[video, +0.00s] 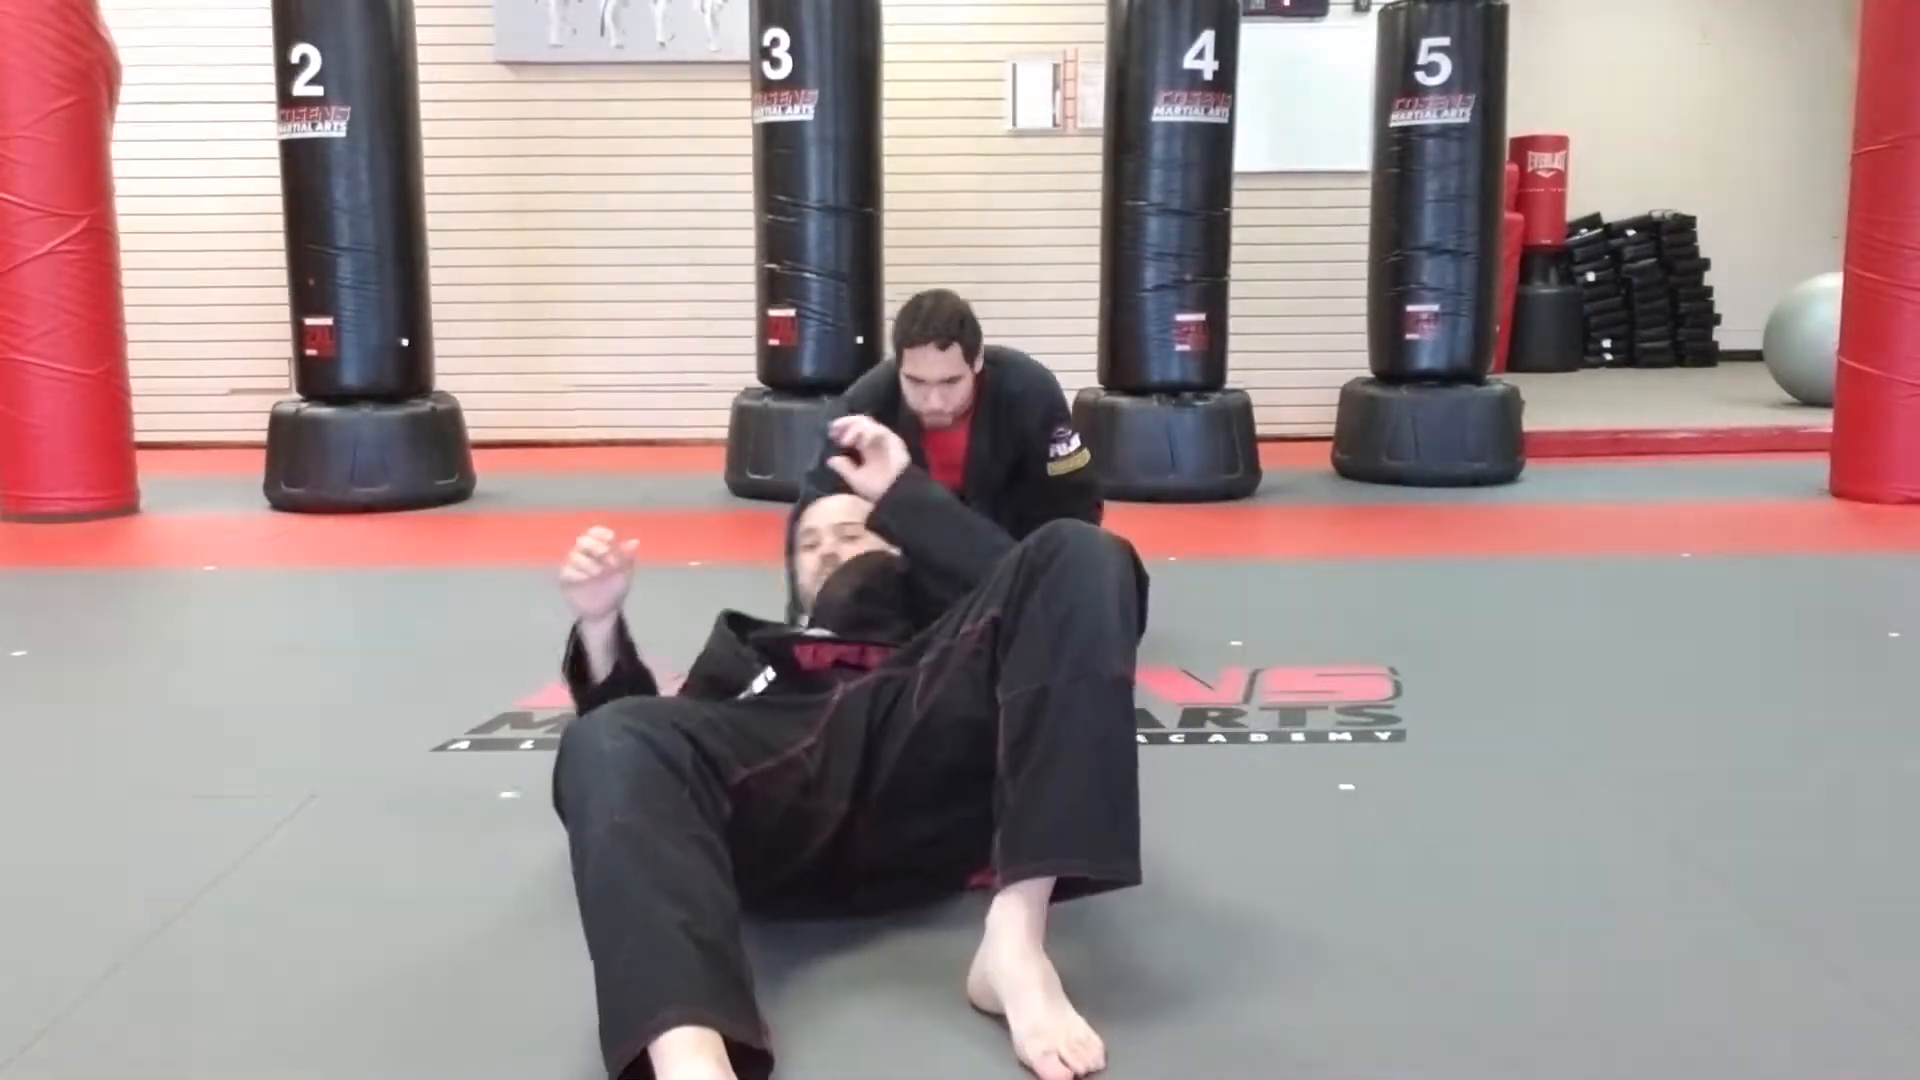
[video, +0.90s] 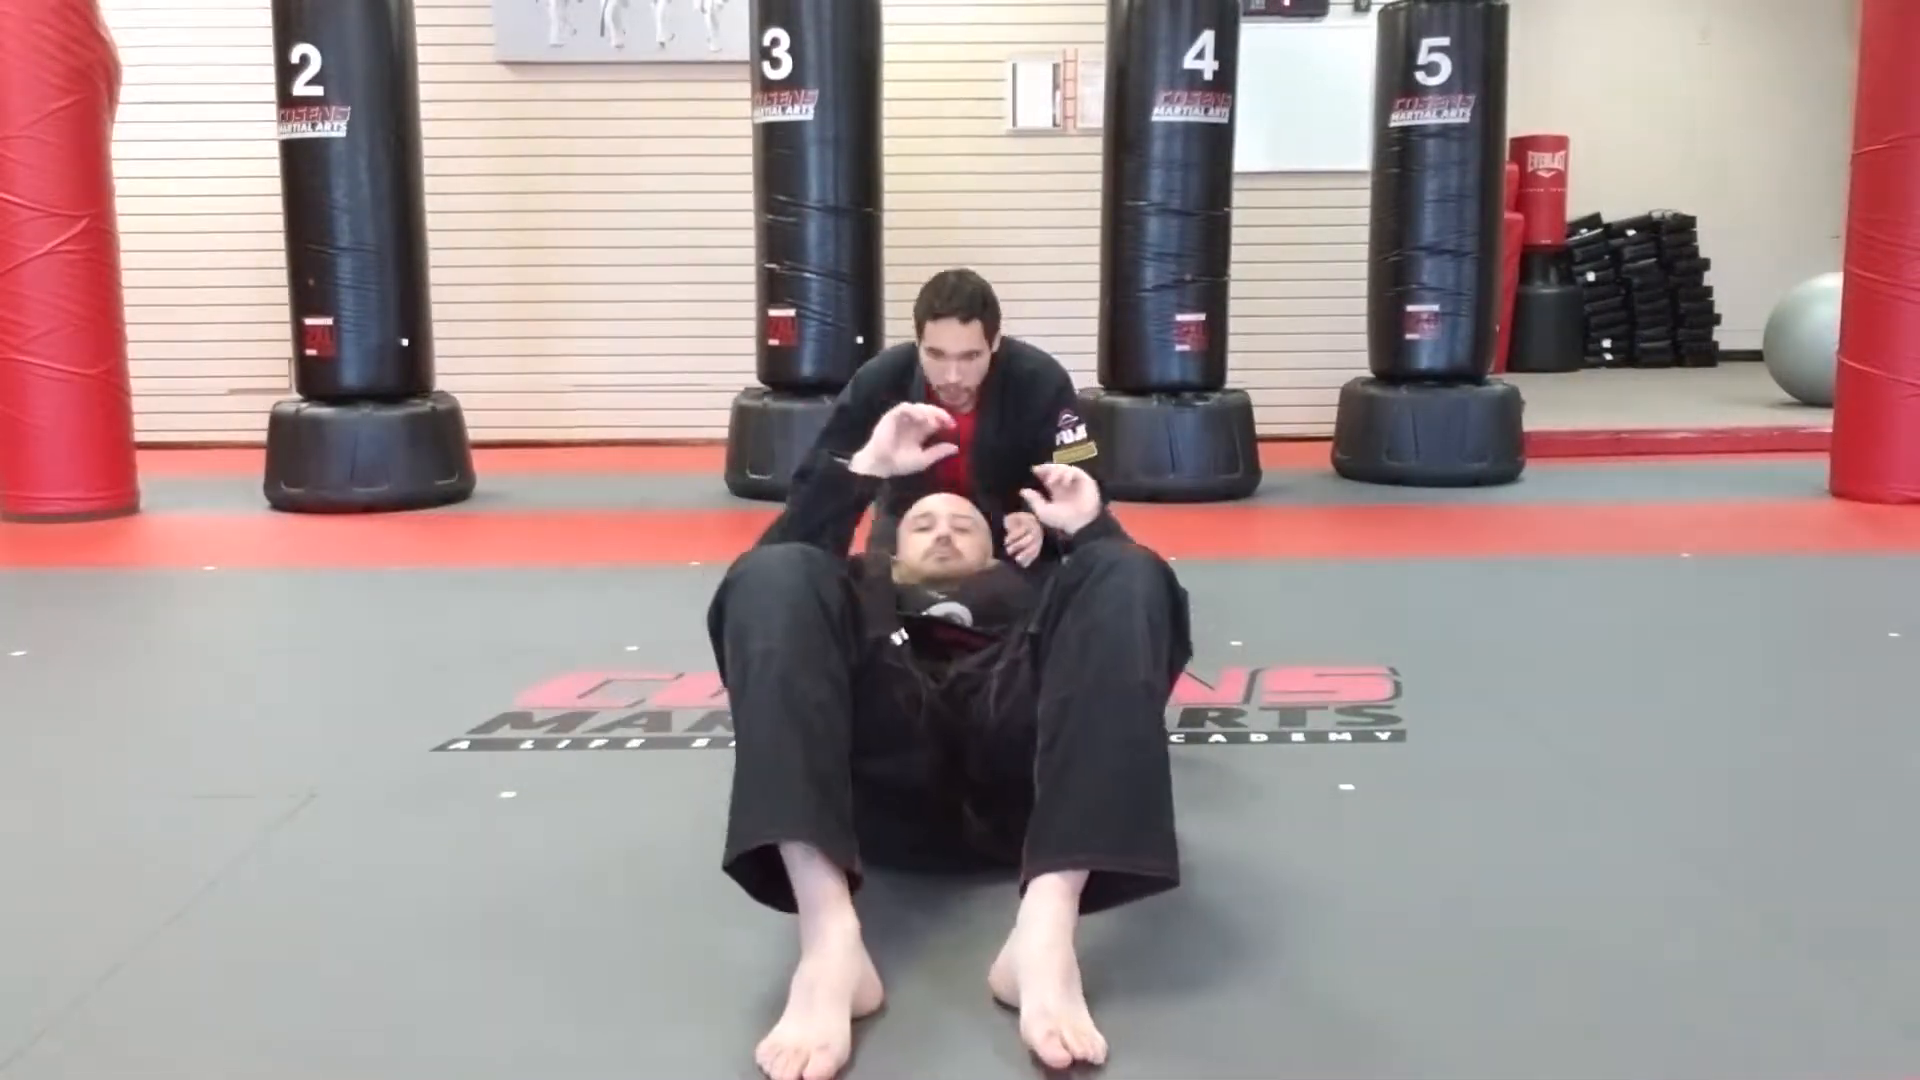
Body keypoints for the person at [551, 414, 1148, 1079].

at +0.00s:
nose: (834, 545)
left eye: (856, 531)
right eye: (812, 542)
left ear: (901, 548)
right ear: (793, 580)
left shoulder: (953, 642)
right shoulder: (747, 654)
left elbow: (1035, 580)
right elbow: (637, 740)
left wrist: (906, 494)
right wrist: (601, 625)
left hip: (933, 757)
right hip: (765, 765)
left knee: (1083, 556)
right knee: (612, 743)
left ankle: (1017, 936)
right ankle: (689, 1056)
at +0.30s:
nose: (743, 567)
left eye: (755, 549)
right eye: (722, 572)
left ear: (799, 555)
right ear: (716, 611)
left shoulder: (873, 571)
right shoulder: (719, 673)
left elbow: (998, 531)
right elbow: (654, 772)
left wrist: (846, 476)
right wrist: (574, 625)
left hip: (963, 698)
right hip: (832, 749)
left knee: (1061, 549)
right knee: (697, 793)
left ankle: (1017, 932)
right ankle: (699, 1057)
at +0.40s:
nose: (747, 567)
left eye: (760, 550)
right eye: (725, 572)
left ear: (803, 555)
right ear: (717, 611)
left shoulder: (880, 569)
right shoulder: (727, 668)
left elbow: (1006, 525)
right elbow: (656, 754)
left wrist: (868, 472)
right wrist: (597, 594)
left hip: (990, 683)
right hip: (858, 733)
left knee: (1058, 549)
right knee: (744, 801)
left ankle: (1021, 929)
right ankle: (722, 1053)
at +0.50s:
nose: (768, 563)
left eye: (781, 550)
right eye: (745, 567)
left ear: (819, 559)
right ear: (732, 606)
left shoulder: (902, 579)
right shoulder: (741, 653)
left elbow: (1038, 542)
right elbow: (662, 716)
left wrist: (906, 479)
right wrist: (646, 552)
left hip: (1006, 731)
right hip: (874, 775)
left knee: (1074, 557)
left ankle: (1026, 936)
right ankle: (769, 1012)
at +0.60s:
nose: (803, 557)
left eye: (822, 541)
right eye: (780, 555)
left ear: (866, 555)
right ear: (775, 582)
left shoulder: (944, 596)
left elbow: (1072, 574)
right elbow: (680, 675)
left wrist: (957, 494)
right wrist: (708, 505)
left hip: (1008, 765)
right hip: (859, 773)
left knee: (1102, 567)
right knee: (754, 606)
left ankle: (1028, 937)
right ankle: (805, 960)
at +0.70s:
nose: (853, 546)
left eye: (870, 533)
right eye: (832, 542)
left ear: (906, 554)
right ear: (820, 574)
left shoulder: (994, 606)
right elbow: (708, 638)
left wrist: (1007, 508)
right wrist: (770, 480)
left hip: (1023, 767)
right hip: (876, 772)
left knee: (1128, 575)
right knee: (764, 568)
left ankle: (1035, 932)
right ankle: (823, 930)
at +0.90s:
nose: (944, 531)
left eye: (967, 525)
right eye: (922, 525)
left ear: (1000, 555)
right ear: (888, 556)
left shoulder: (1045, 599)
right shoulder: (856, 596)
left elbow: (1161, 647)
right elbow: (764, 586)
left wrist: (1088, 530)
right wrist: (865, 469)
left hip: (1028, 782)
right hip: (879, 781)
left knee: (1129, 574)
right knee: (771, 580)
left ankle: (1047, 933)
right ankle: (828, 943)